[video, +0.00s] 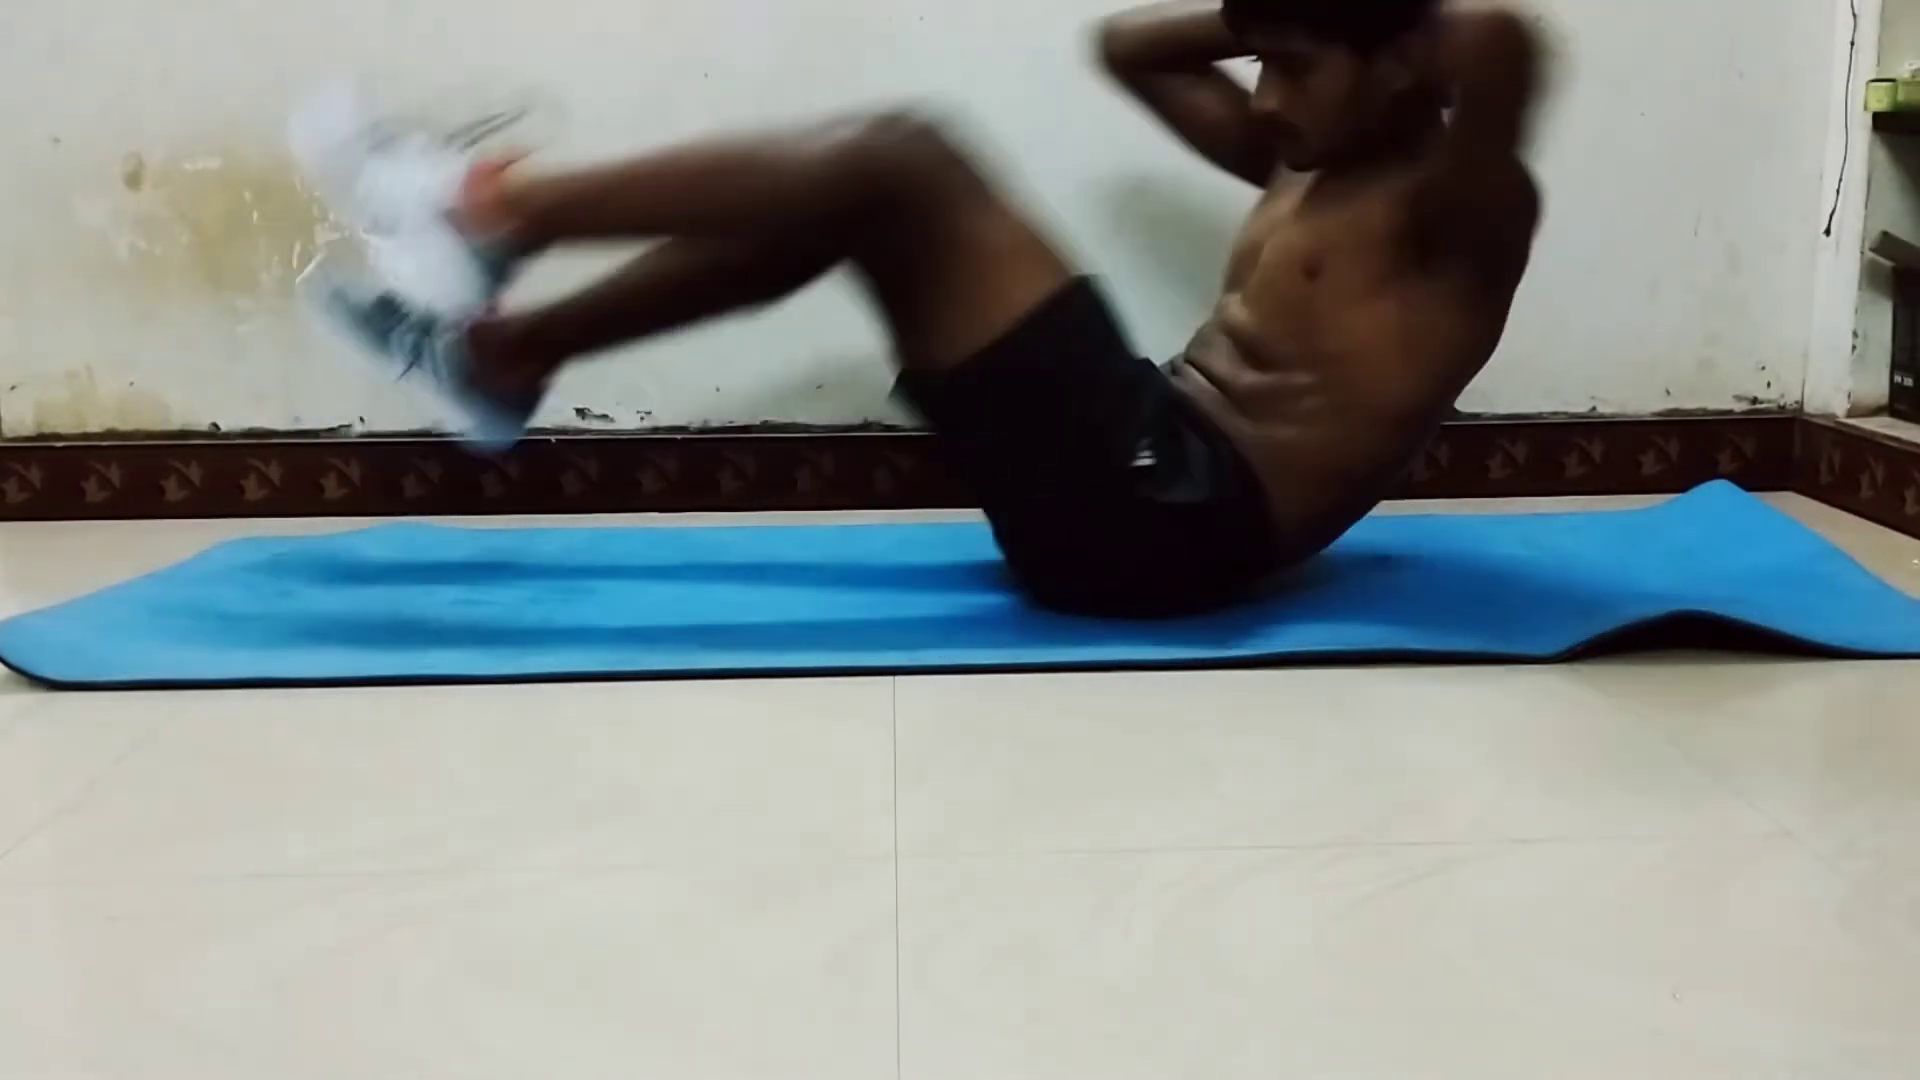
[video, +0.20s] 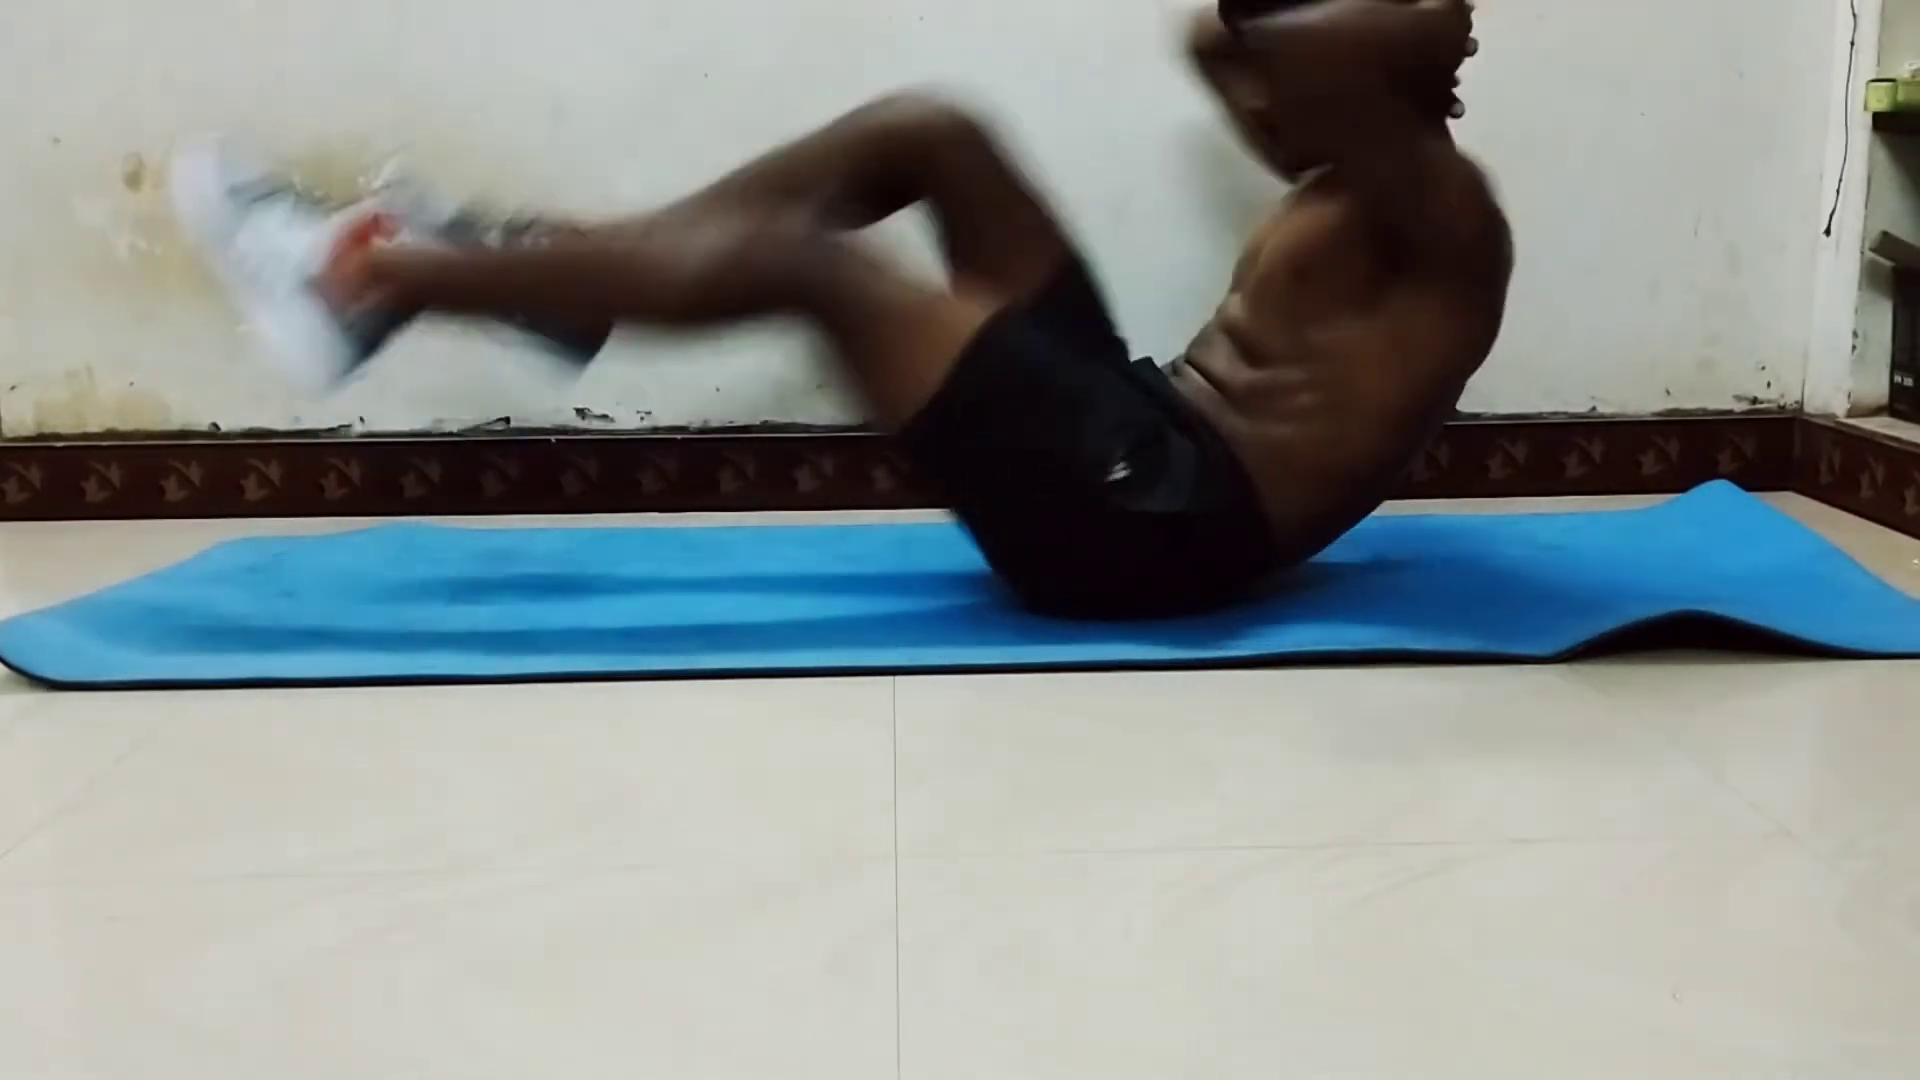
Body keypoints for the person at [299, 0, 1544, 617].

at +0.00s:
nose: (1273, 96)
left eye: (1297, 68)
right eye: (1266, 66)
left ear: (1394, 67)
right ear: (1289, 71)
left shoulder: (1465, 215)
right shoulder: (1308, 166)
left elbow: (1507, 46)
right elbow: (1125, 52)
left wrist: (1440, 64)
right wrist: (1269, 39)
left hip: (1179, 524)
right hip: (1127, 475)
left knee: (909, 162)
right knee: (897, 169)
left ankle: (492, 205)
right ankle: (507, 356)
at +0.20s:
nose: (1252, 110)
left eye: (1278, 77)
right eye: (1250, 88)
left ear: (1402, 68)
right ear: (1359, 80)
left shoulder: (1441, 220)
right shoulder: (1355, 194)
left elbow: (1368, 152)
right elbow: (1281, 125)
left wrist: (1242, 65)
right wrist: (1241, 70)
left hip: (1159, 514)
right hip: (1127, 438)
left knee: (807, 247)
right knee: (934, 135)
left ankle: (370, 276)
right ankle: (592, 282)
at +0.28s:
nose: (1401, 61)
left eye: (1380, 44)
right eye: (1384, 41)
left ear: (1378, 83)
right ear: (1378, 80)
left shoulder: (1405, 207)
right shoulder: (1367, 196)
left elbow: (1176, 74)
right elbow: (1224, 77)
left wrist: (1362, 53)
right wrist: (1357, 58)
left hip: (1135, 510)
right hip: (1119, 423)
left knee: (740, 371)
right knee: (1045, 99)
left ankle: (287, 348)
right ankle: (672, 206)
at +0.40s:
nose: (1296, 57)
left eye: (1324, 38)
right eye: (1340, 33)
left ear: (1379, 66)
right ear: (1382, 69)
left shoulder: (1389, 199)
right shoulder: (1367, 189)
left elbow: (1129, 84)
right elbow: (1140, 86)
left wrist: (1318, 50)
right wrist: (1338, 51)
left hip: (1126, 515)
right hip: (1120, 425)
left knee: (727, 410)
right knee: (1092, 106)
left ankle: (264, 393)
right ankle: (712, 182)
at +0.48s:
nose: (1251, 74)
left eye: (1292, 49)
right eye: (1281, 45)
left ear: (1367, 69)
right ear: (1373, 70)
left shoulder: (1372, 191)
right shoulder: (1348, 177)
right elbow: (1105, 91)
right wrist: (1331, 44)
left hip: (1128, 514)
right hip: (1119, 424)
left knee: (737, 430)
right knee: (1130, 132)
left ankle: (269, 436)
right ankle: (742, 172)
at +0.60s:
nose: (1254, 75)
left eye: (1296, 52)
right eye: (1280, 47)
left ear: (1392, 66)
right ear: (1409, 74)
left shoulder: (1367, 170)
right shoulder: (1388, 166)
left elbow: (1072, 106)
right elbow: (1109, 88)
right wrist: (1343, 39)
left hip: (1132, 517)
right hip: (1143, 440)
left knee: (731, 430)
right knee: (1150, 123)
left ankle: (285, 472)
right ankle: (757, 161)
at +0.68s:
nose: (1257, 63)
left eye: (1276, 40)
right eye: (1268, 40)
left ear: (1385, 45)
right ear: (1406, 52)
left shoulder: (1388, 162)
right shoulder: (1385, 158)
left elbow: (1094, 91)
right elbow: (1113, 82)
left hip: (1146, 520)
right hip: (1151, 429)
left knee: (752, 388)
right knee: (1092, 116)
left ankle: (328, 472)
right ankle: (697, 184)